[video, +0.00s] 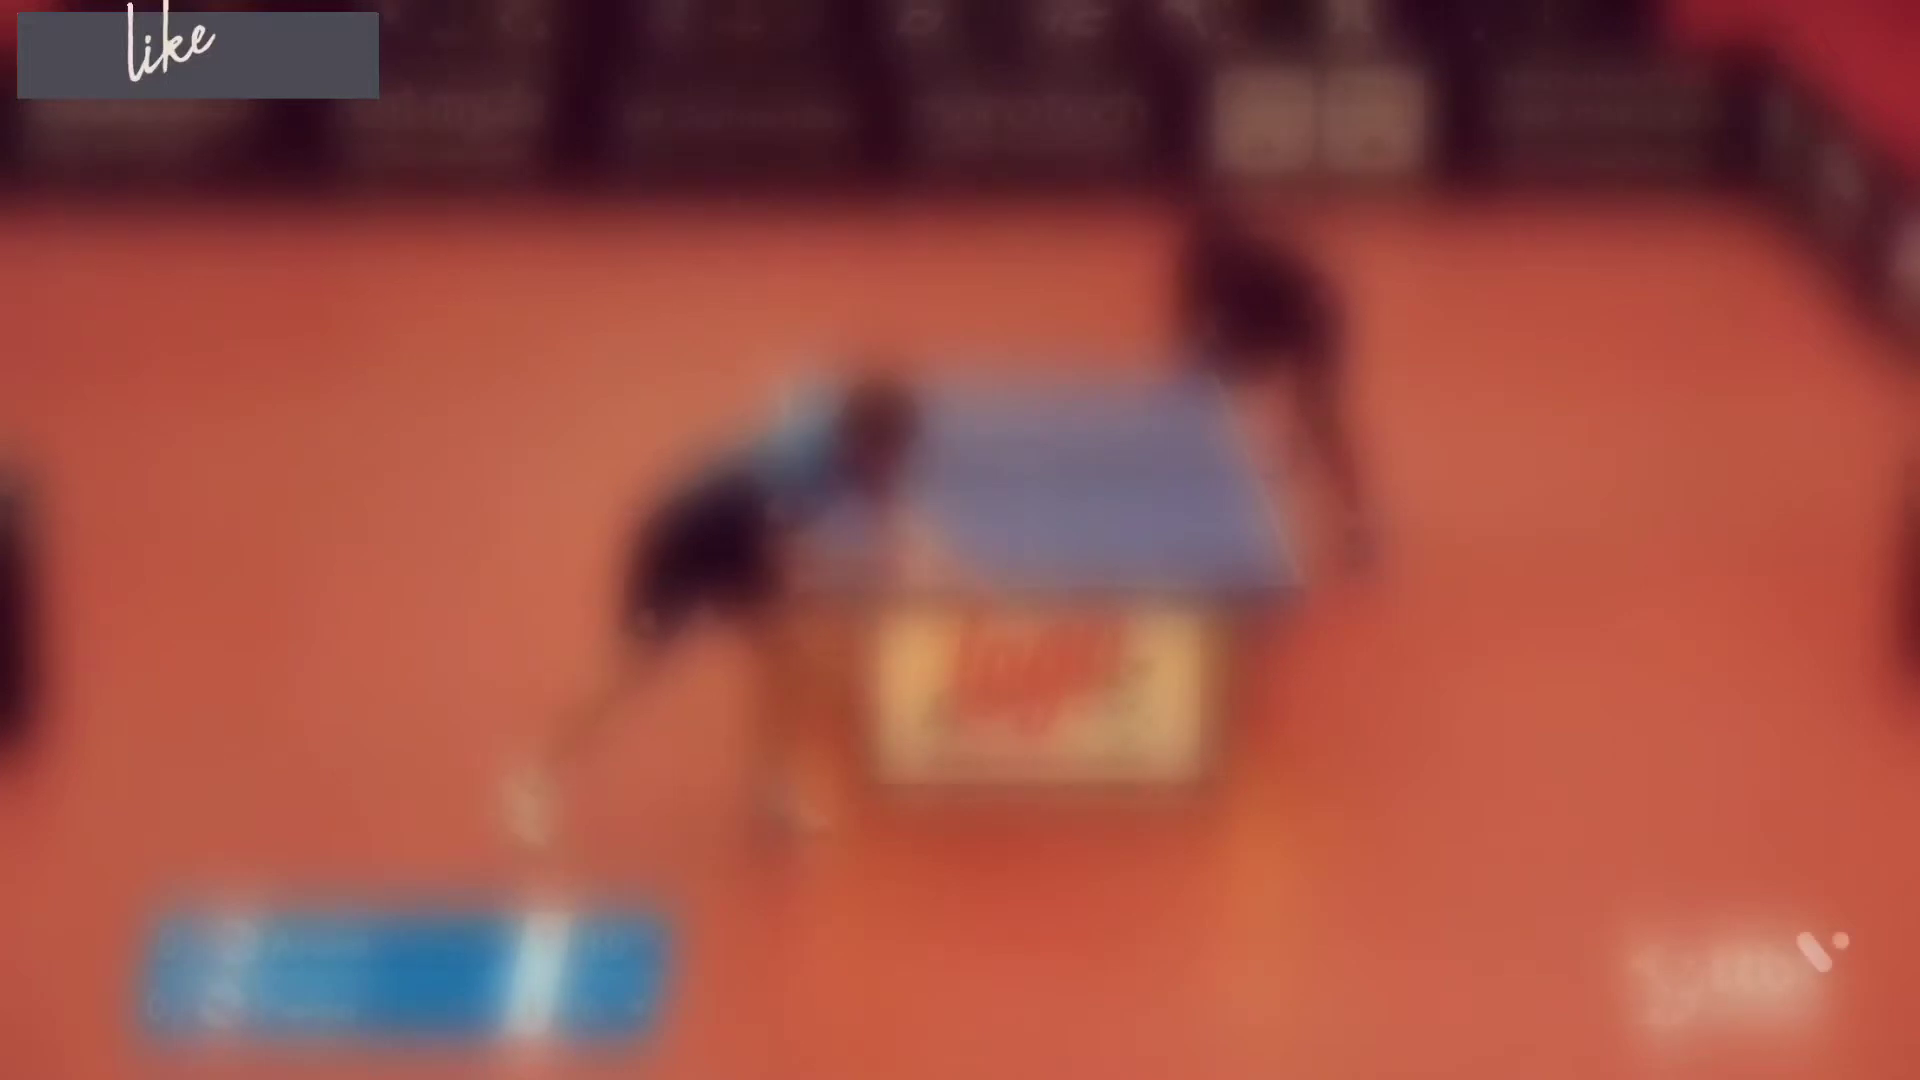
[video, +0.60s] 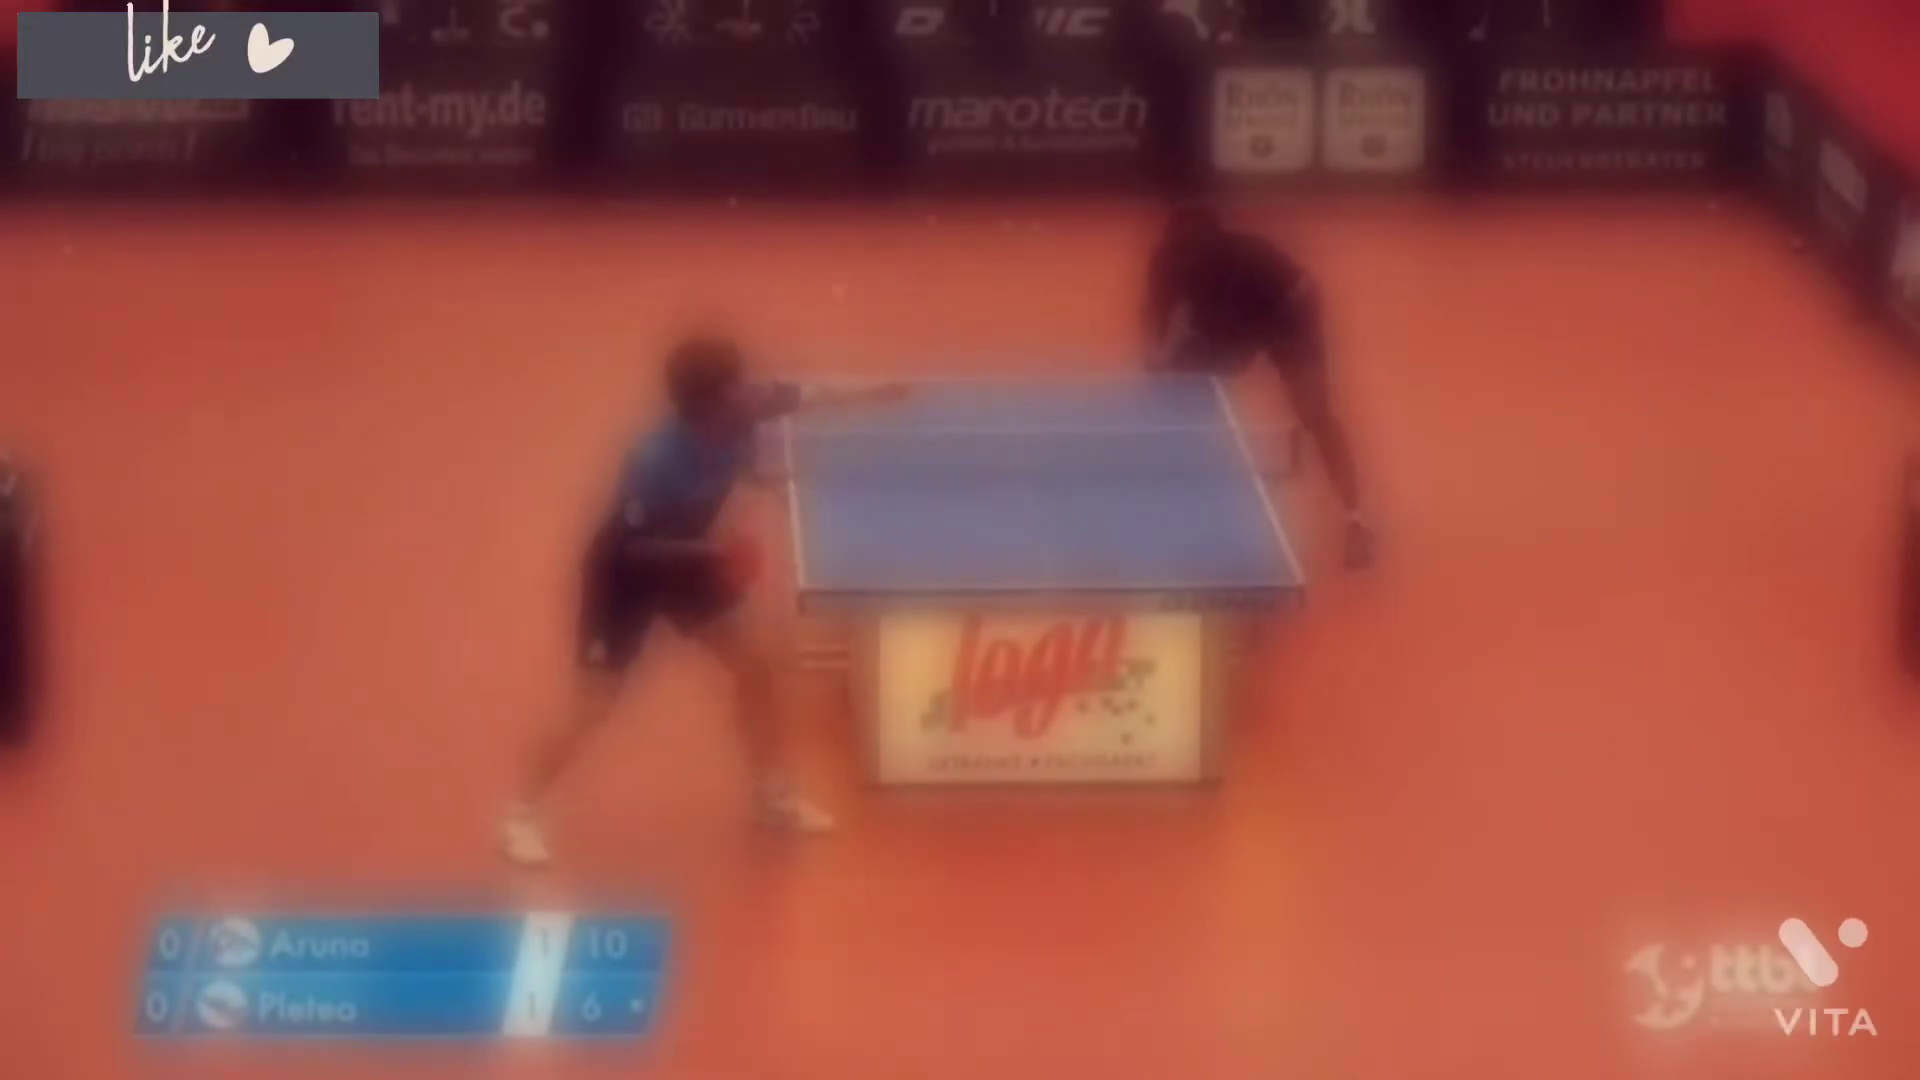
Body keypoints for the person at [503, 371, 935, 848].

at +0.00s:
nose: (884, 454)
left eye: (892, 440)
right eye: (877, 437)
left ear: (899, 436)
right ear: (853, 424)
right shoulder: (801, 458)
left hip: (743, 552)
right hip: (685, 546)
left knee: (782, 665)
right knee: (635, 670)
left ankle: (777, 795)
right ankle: (544, 773)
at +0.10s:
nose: (866, 431)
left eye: (872, 417)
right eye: (857, 416)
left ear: (877, 415)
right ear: (831, 407)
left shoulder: (845, 448)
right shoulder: (790, 450)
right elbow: (757, 523)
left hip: (740, 548)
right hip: (685, 544)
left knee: (785, 661)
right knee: (639, 674)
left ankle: (776, 788)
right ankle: (546, 780)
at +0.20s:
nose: (829, 410)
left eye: (830, 396)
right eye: (818, 396)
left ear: (826, 396)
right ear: (790, 394)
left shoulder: (798, 441)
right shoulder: (752, 446)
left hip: (727, 556)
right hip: (678, 554)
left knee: (788, 660)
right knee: (637, 686)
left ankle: (774, 788)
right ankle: (540, 794)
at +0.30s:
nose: (793, 405)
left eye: (797, 393)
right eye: (782, 394)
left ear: (802, 395)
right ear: (755, 393)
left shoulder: (783, 434)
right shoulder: (734, 450)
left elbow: (843, 420)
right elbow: (742, 536)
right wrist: (788, 594)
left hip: (720, 564)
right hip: (672, 565)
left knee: (790, 660)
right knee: (637, 693)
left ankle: (774, 791)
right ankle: (541, 797)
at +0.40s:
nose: (768, 401)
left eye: (765, 390)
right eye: (756, 393)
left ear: (762, 392)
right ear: (728, 398)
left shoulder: (762, 419)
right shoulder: (702, 459)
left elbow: (831, 400)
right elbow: (697, 546)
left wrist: (914, 387)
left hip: (709, 567)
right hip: (656, 574)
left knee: (782, 662)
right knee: (621, 705)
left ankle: (775, 792)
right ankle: (532, 809)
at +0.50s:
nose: (754, 397)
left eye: (752, 386)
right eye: (744, 390)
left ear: (745, 392)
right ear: (716, 397)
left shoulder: (749, 417)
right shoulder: (685, 458)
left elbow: (814, 400)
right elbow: (685, 544)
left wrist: (891, 391)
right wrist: (766, 505)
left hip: (702, 560)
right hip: (644, 569)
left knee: (771, 662)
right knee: (614, 703)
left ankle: (776, 792)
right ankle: (531, 807)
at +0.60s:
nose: (743, 397)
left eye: (740, 386)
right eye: (732, 389)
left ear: (736, 386)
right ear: (704, 396)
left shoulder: (734, 420)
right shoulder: (662, 455)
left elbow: (797, 397)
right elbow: (629, 544)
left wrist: (879, 395)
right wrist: (710, 551)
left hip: (688, 563)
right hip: (626, 570)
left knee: (755, 665)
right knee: (595, 699)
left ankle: (772, 793)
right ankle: (524, 811)